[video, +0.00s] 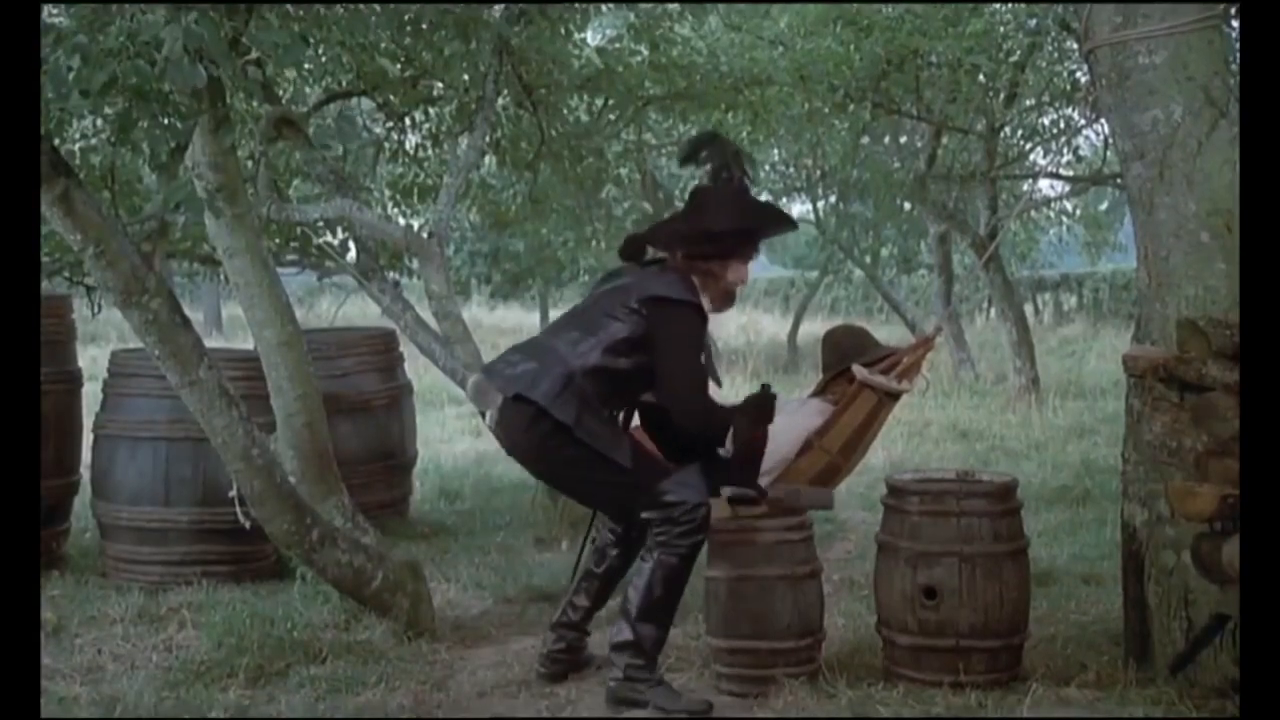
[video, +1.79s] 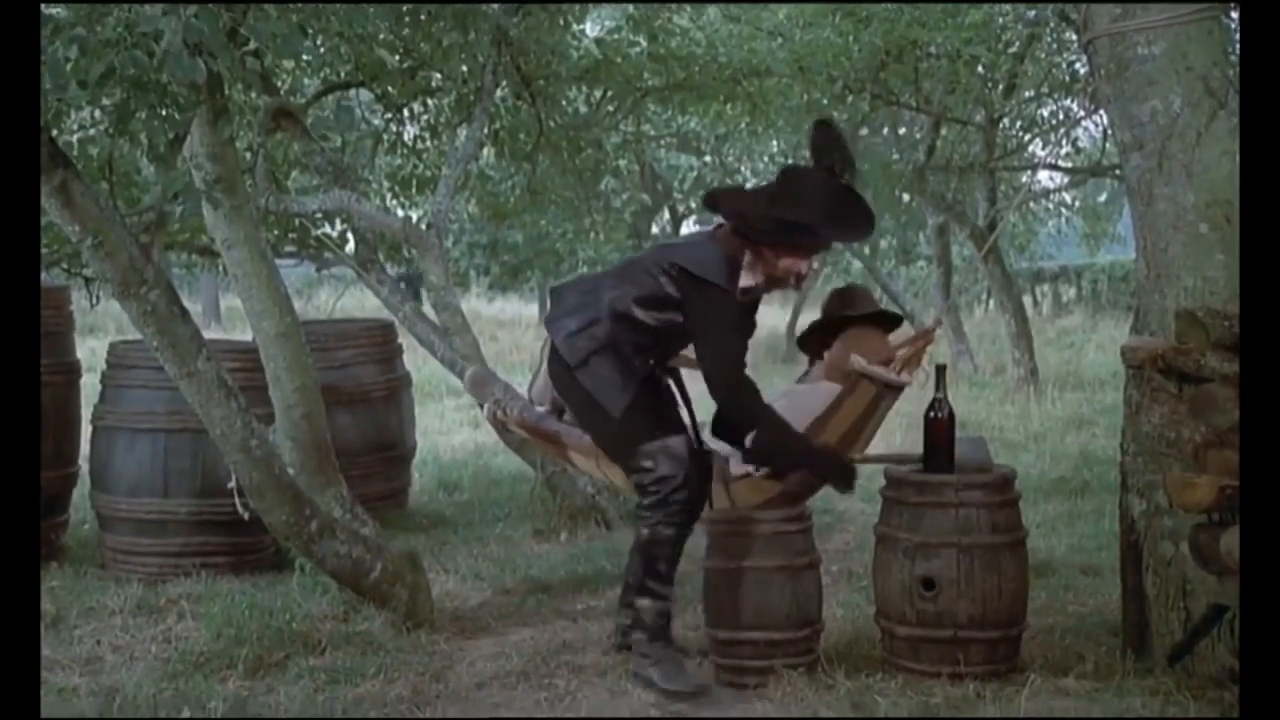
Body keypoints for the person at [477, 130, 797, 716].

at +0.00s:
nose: (748, 276)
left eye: (750, 262)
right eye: (746, 260)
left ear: (693, 254)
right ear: (716, 259)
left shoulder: (644, 285)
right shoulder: (676, 302)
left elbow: (652, 410)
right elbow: (689, 416)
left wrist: (699, 463)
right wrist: (732, 424)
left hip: (518, 409)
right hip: (543, 416)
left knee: (635, 510)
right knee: (682, 511)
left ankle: (563, 646)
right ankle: (634, 675)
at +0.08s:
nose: (752, 260)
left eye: (753, 246)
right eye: (749, 244)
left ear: (699, 239)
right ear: (719, 242)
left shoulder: (649, 272)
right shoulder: (677, 285)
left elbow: (650, 403)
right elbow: (705, 395)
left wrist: (725, 459)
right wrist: (756, 389)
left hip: (526, 399)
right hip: (552, 407)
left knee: (635, 509)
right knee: (690, 488)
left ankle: (563, 644)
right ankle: (648, 663)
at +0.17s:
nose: (756, 257)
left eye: (758, 244)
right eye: (752, 242)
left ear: (706, 237)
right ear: (719, 238)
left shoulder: (659, 267)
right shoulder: (684, 281)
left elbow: (654, 390)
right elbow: (724, 384)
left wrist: (716, 453)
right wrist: (797, 355)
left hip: (536, 396)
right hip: (560, 401)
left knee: (637, 514)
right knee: (692, 482)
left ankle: (563, 643)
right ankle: (670, 660)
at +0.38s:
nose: (797, 266)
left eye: (800, 253)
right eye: (795, 252)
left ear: (746, 241)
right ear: (763, 248)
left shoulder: (691, 270)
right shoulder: (732, 280)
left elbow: (670, 392)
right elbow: (791, 365)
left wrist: (762, 438)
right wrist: (868, 371)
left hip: (560, 389)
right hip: (597, 397)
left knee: (643, 511)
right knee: (714, 495)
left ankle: (563, 641)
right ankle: (683, 664)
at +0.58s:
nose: (828, 280)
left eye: (833, 267)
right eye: (825, 265)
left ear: (771, 249)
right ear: (790, 257)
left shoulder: (722, 276)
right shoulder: (764, 291)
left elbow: (713, 392)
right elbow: (820, 390)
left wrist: (811, 412)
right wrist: (891, 403)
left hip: (580, 379)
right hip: (616, 391)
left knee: (645, 511)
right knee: (733, 498)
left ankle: (565, 640)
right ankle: (686, 666)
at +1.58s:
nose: (822, 269)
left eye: (829, 258)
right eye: (819, 256)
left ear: (776, 237)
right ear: (790, 246)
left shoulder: (735, 259)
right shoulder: (745, 272)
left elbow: (750, 373)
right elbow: (767, 375)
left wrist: (818, 419)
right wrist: (834, 415)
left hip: (593, 354)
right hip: (605, 362)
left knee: (688, 482)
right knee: (702, 487)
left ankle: (638, 619)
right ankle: (683, 659)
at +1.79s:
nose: (808, 269)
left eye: (814, 257)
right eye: (803, 255)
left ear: (778, 246)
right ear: (769, 242)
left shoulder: (743, 276)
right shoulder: (711, 275)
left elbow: (730, 386)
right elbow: (732, 397)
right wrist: (817, 459)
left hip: (625, 352)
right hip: (587, 349)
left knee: (690, 469)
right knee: (669, 472)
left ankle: (636, 621)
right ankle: (647, 640)